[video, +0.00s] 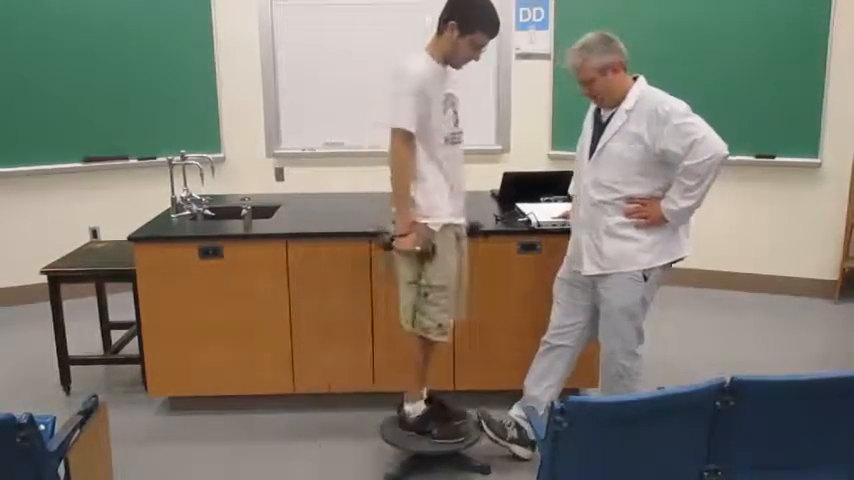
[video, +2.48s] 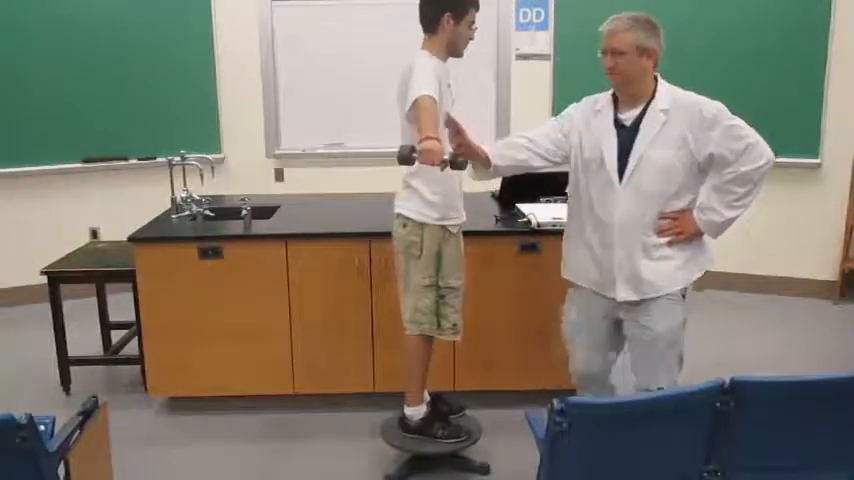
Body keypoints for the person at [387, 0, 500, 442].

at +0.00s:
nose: (477, 57)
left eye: (481, 49)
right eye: (475, 47)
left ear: (458, 35)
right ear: (450, 30)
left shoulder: (442, 77)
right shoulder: (416, 75)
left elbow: (440, 152)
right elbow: (401, 147)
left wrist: (454, 216)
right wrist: (403, 220)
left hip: (448, 219)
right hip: (426, 220)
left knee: (437, 319)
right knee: (427, 320)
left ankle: (421, 399)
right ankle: (413, 407)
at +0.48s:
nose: (476, 56)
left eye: (480, 47)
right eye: (474, 45)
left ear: (455, 34)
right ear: (448, 30)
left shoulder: (438, 77)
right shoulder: (416, 78)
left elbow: (437, 155)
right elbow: (404, 152)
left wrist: (451, 219)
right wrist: (410, 223)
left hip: (447, 221)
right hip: (428, 223)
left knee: (437, 322)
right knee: (427, 323)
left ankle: (424, 399)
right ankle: (413, 409)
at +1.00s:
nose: (475, 49)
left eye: (478, 40)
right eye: (475, 39)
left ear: (451, 29)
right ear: (452, 29)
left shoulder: (431, 77)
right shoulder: (421, 81)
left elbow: (420, 155)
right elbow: (408, 154)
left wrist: (442, 220)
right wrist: (421, 227)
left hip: (438, 221)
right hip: (426, 224)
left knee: (431, 321)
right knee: (423, 323)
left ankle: (423, 399)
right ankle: (414, 412)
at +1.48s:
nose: (472, 32)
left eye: (473, 23)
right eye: (470, 22)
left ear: (441, 21)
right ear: (453, 20)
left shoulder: (435, 68)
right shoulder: (426, 68)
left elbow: (429, 131)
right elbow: (420, 127)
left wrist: (449, 185)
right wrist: (440, 184)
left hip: (435, 216)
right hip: (423, 217)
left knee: (431, 314)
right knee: (421, 316)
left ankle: (423, 398)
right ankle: (414, 411)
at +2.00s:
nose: (477, 32)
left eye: (477, 23)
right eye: (474, 22)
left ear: (449, 21)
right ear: (456, 21)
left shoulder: (443, 68)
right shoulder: (427, 65)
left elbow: (449, 135)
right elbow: (424, 106)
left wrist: (492, 160)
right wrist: (430, 138)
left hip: (442, 213)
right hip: (425, 213)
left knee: (435, 313)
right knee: (423, 315)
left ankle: (424, 399)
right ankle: (414, 411)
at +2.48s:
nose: (474, 34)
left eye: (475, 25)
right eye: (471, 24)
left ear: (446, 24)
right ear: (447, 22)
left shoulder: (438, 72)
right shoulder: (424, 69)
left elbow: (446, 128)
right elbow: (424, 110)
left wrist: (467, 151)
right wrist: (430, 139)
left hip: (439, 215)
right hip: (422, 215)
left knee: (431, 313)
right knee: (421, 314)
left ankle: (421, 398)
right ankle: (414, 411)